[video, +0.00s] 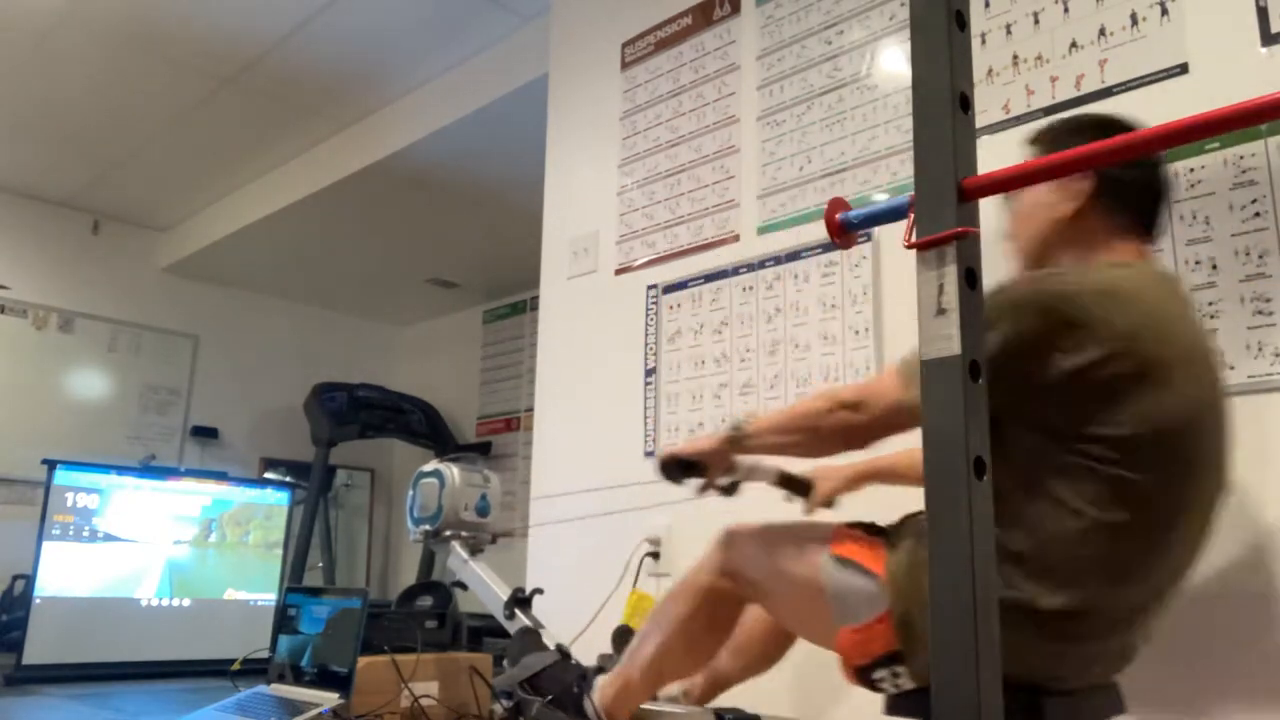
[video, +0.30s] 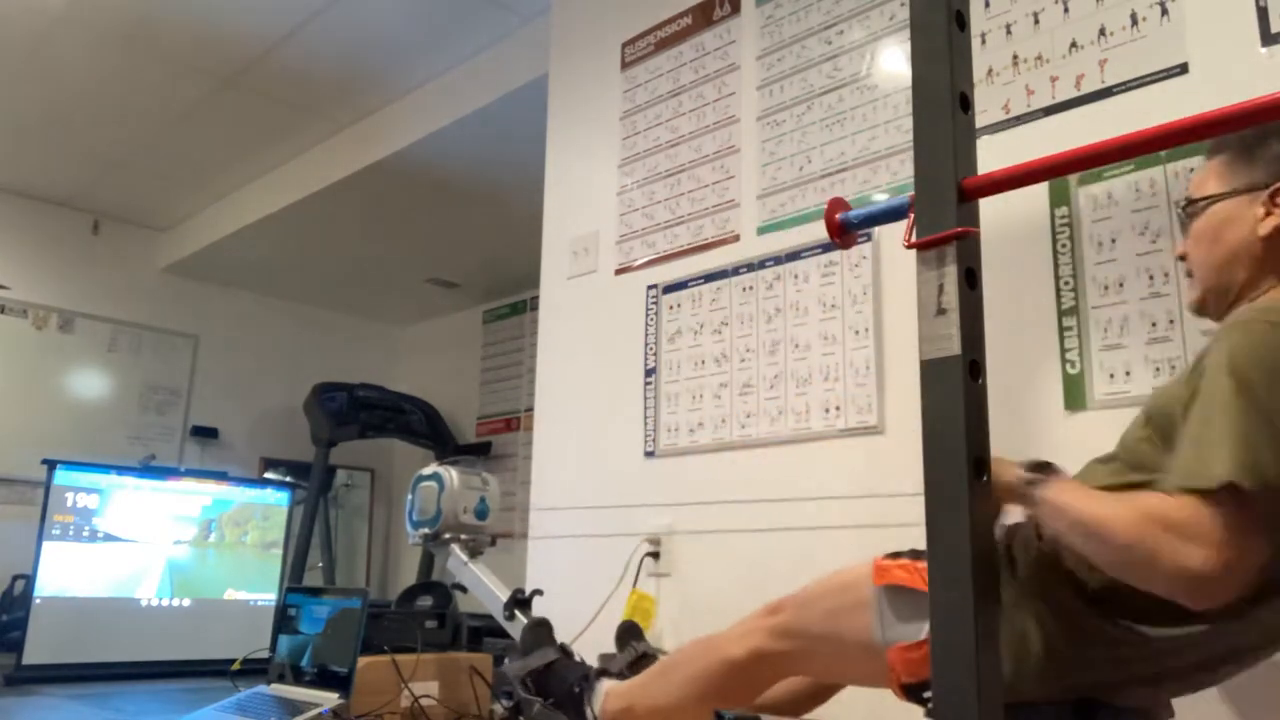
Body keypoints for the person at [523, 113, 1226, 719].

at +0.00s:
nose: (1013, 212)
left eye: (1028, 188)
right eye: (1018, 191)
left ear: (1079, 190)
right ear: (1114, 199)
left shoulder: (1063, 305)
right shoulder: (1162, 310)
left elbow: (864, 407)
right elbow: (995, 461)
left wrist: (732, 442)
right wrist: (853, 473)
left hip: (993, 631)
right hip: (1072, 633)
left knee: (733, 553)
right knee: (808, 565)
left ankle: (616, 697)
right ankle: (697, 688)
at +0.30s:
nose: (1181, 240)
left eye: (1196, 212)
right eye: (1185, 216)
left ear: (1267, 215)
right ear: (1262, 219)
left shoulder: (1262, 333)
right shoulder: (1252, 336)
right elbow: (1200, 545)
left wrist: (1035, 491)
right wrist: (1047, 492)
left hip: (1065, 615)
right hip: (1096, 623)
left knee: (787, 625)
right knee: (832, 633)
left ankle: (605, 705)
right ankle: (672, 706)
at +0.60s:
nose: (1155, 249)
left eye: (1169, 219)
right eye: (1157, 225)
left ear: (1246, 214)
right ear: (1246, 219)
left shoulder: (1250, 339)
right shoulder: (1251, 335)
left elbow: (1182, 575)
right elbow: (1194, 562)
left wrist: (1009, 519)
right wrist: (1017, 521)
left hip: (1071, 627)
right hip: (1097, 631)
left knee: (784, 620)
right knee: (826, 637)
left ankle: (606, 702)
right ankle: (667, 707)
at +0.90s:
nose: (1029, 233)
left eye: (1039, 204)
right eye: (1029, 210)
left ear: (1103, 192)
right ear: (1126, 197)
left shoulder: (1116, 306)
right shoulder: (1199, 302)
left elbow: (976, 473)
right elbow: (1040, 491)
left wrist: (821, 489)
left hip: (1057, 628)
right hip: (1123, 631)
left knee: (768, 598)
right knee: (832, 608)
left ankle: (607, 710)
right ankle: (679, 709)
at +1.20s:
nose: (846, 256)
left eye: (853, 235)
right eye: (846, 237)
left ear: (907, 232)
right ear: (933, 234)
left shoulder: (898, 318)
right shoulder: (1005, 316)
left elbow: (750, 456)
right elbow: (923, 486)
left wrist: (650, 509)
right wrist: (825, 528)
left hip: (944, 627)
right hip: (1031, 627)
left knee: (708, 538)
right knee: (783, 546)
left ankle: (609, 704)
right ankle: (690, 692)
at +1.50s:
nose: (705, 296)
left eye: (709, 276)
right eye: (705, 279)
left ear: (741, 270)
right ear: (802, 281)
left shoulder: (735, 347)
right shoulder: (845, 352)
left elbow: (613, 470)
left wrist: (532, 528)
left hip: (780, 629)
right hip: (870, 633)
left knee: (623, 488)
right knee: (701, 473)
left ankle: (604, 688)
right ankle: (681, 669)